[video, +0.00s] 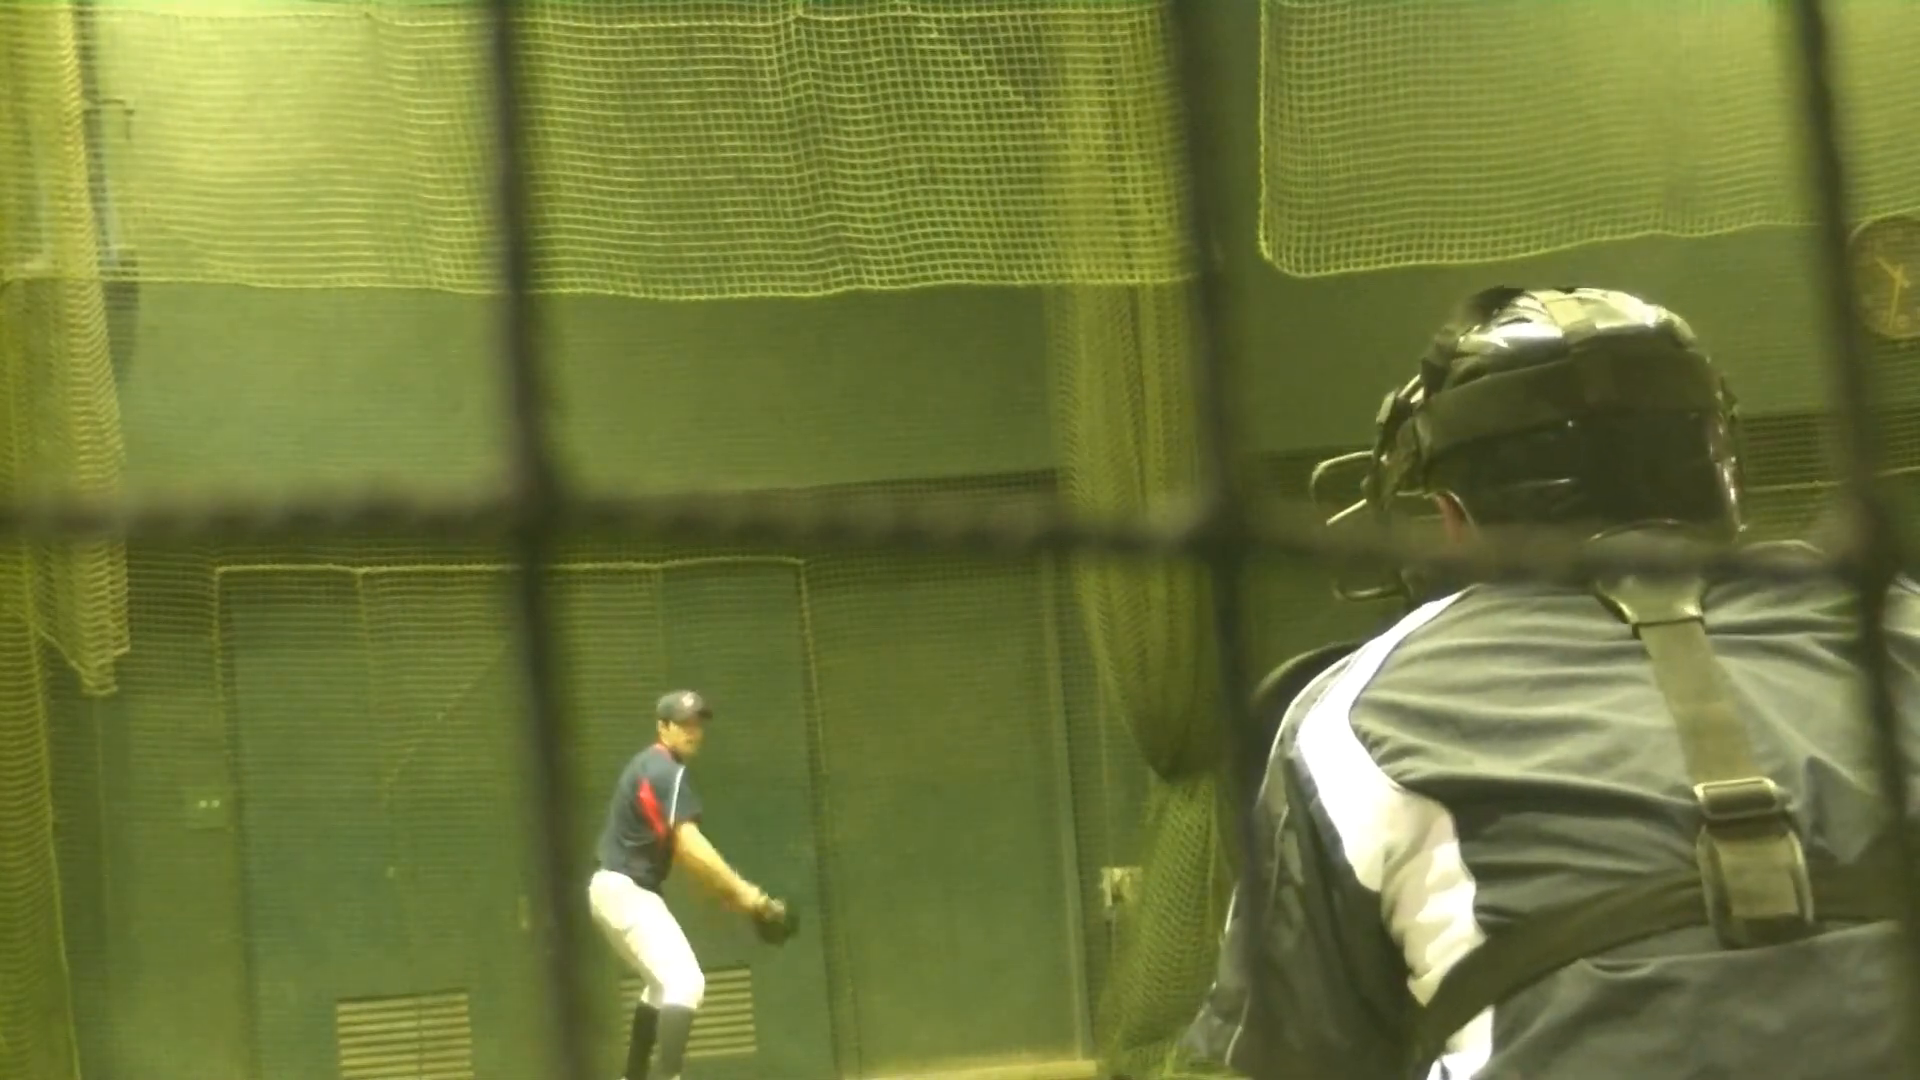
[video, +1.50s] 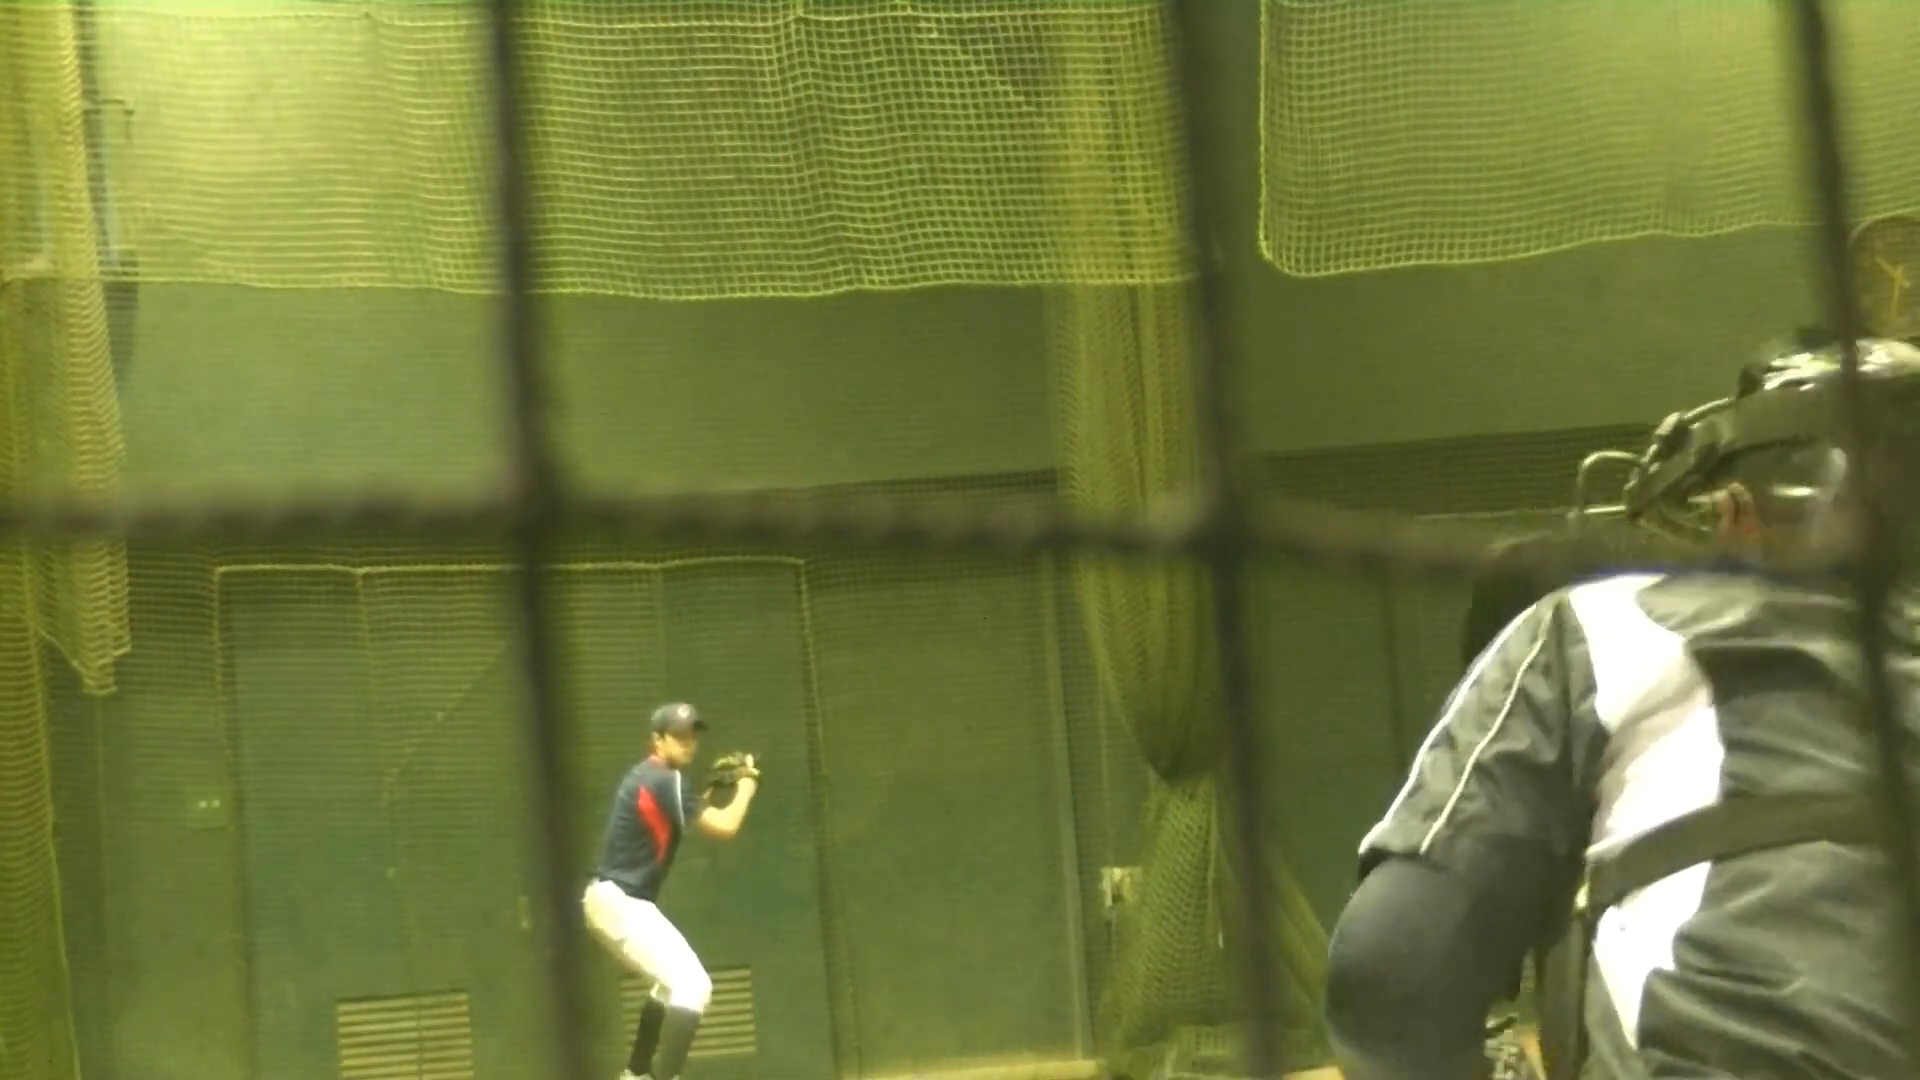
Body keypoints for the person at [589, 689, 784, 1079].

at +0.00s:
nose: (696, 734)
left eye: (699, 726)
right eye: (688, 726)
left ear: (702, 727)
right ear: (664, 727)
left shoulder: (649, 764)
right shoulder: (666, 769)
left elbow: (681, 846)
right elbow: (689, 842)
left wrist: (723, 887)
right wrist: (745, 892)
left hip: (613, 886)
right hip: (628, 888)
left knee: (661, 982)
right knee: (684, 983)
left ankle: (635, 1073)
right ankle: (668, 1072)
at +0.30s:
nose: (680, 744)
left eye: (682, 736)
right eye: (670, 737)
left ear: (683, 737)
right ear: (648, 741)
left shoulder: (637, 775)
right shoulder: (661, 782)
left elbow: (706, 811)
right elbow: (730, 827)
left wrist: (754, 793)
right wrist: (776, 805)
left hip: (608, 904)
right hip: (623, 905)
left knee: (671, 984)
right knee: (696, 987)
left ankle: (638, 1074)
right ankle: (668, 1073)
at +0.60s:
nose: (682, 743)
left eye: (684, 734)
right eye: (674, 735)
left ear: (684, 734)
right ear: (650, 738)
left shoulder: (638, 772)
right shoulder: (659, 778)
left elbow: (693, 806)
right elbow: (733, 808)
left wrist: (721, 769)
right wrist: (747, 762)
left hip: (605, 901)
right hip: (622, 903)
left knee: (668, 986)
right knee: (695, 986)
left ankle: (635, 1072)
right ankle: (666, 1072)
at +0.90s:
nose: (683, 751)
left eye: (686, 742)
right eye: (675, 743)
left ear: (689, 743)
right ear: (651, 745)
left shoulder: (636, 780)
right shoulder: (660, 787)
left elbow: (694, 806)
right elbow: (724, 830)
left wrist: (718, 769)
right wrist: (742, 777)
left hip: (604, 906)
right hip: (621, 909)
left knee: (674, 985)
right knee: (696, 988)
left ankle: (638, 1071)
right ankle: (667, 1073)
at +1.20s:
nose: (690, 752)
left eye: (692, 744)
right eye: (681, 744)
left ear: (694, 744)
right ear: (657, 746)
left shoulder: (637, 781)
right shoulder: (667, 788)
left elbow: (686, 819)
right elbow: (726, 836)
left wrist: (719, 787)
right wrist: (749, 789)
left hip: (601, 905)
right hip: (624, 909)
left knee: (663, 982)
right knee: (700, 987)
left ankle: (635, 1072)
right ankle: (668, 1072)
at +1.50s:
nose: (690, 743)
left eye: (692, 735)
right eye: (681, 736)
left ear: (694, 737)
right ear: (658, 739)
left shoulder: (643, 775)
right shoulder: (662, 780)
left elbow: (686, 815)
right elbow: (724, 826)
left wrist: (716, 787)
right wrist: (747, 784)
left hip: (607, 897)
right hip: (621, 901)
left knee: (671, 978)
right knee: (693, 985)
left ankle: (637, 1069)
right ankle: (665, 1073)